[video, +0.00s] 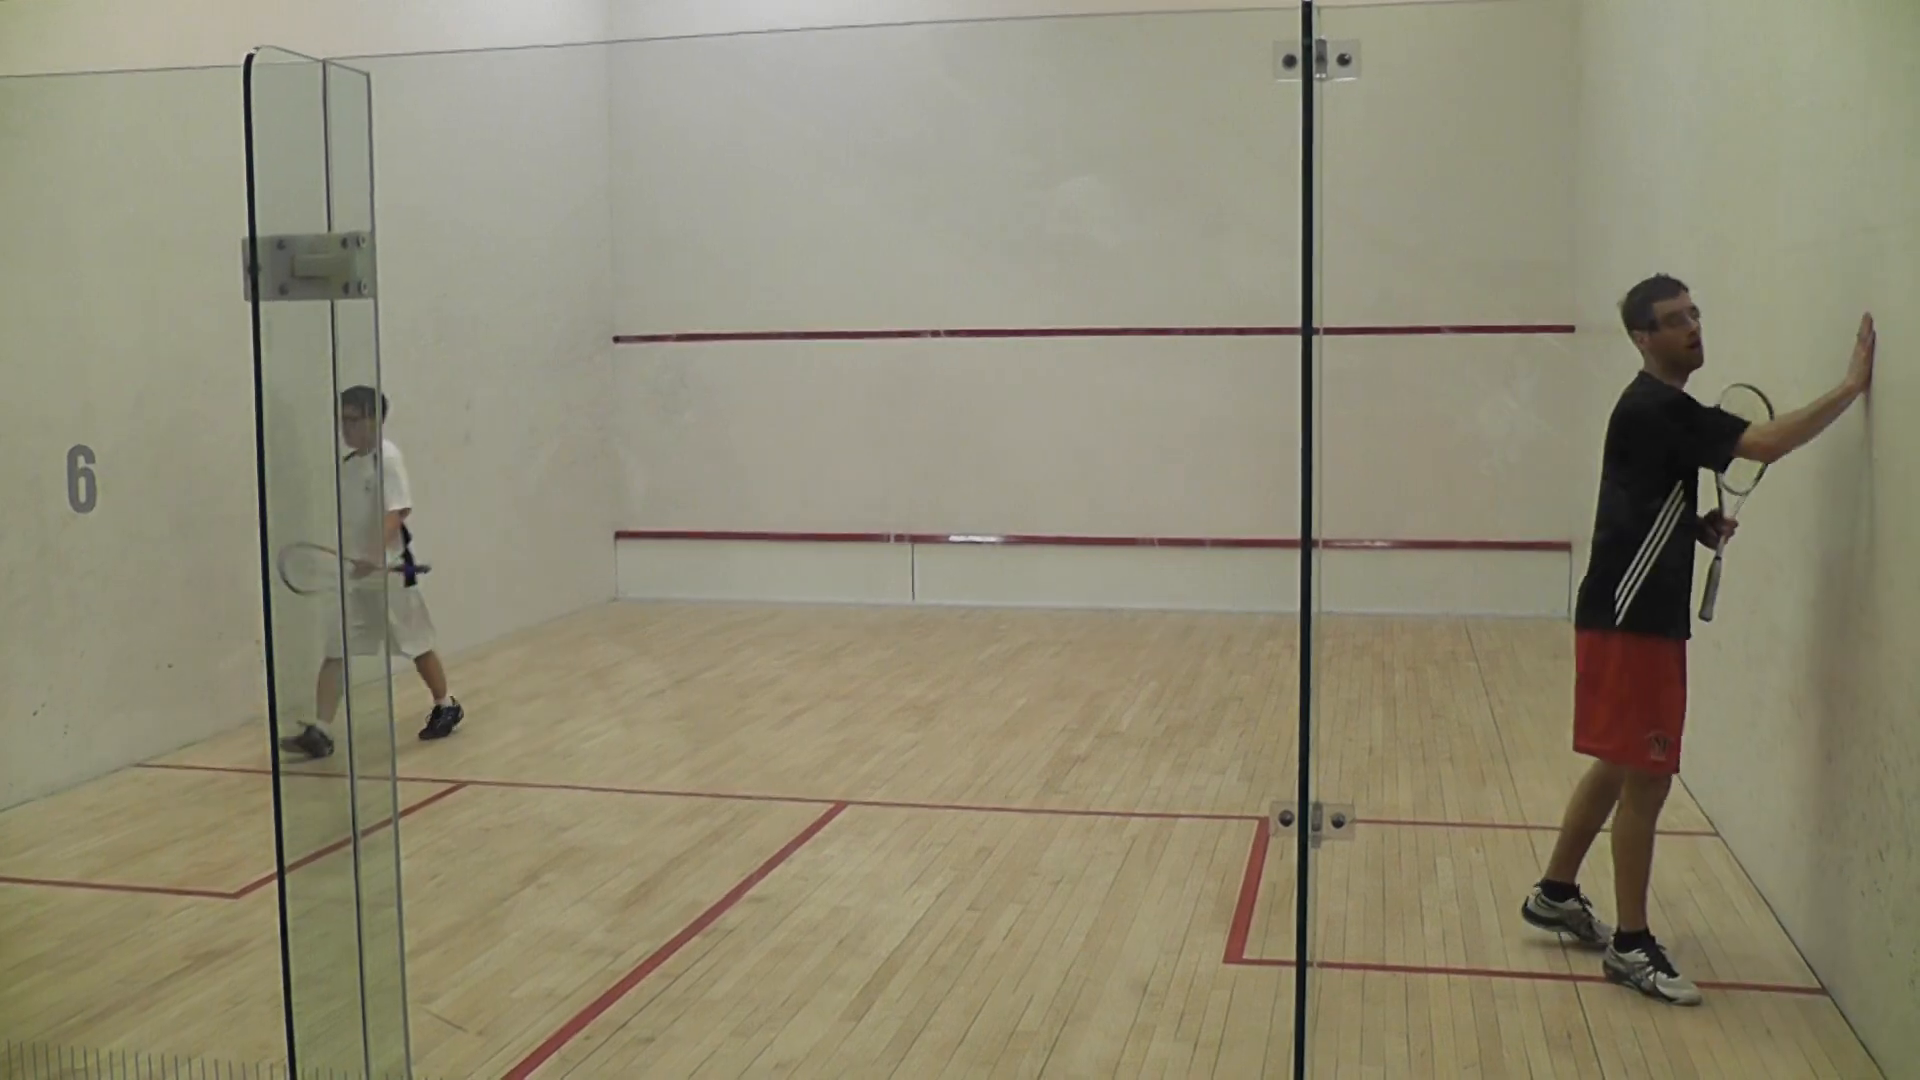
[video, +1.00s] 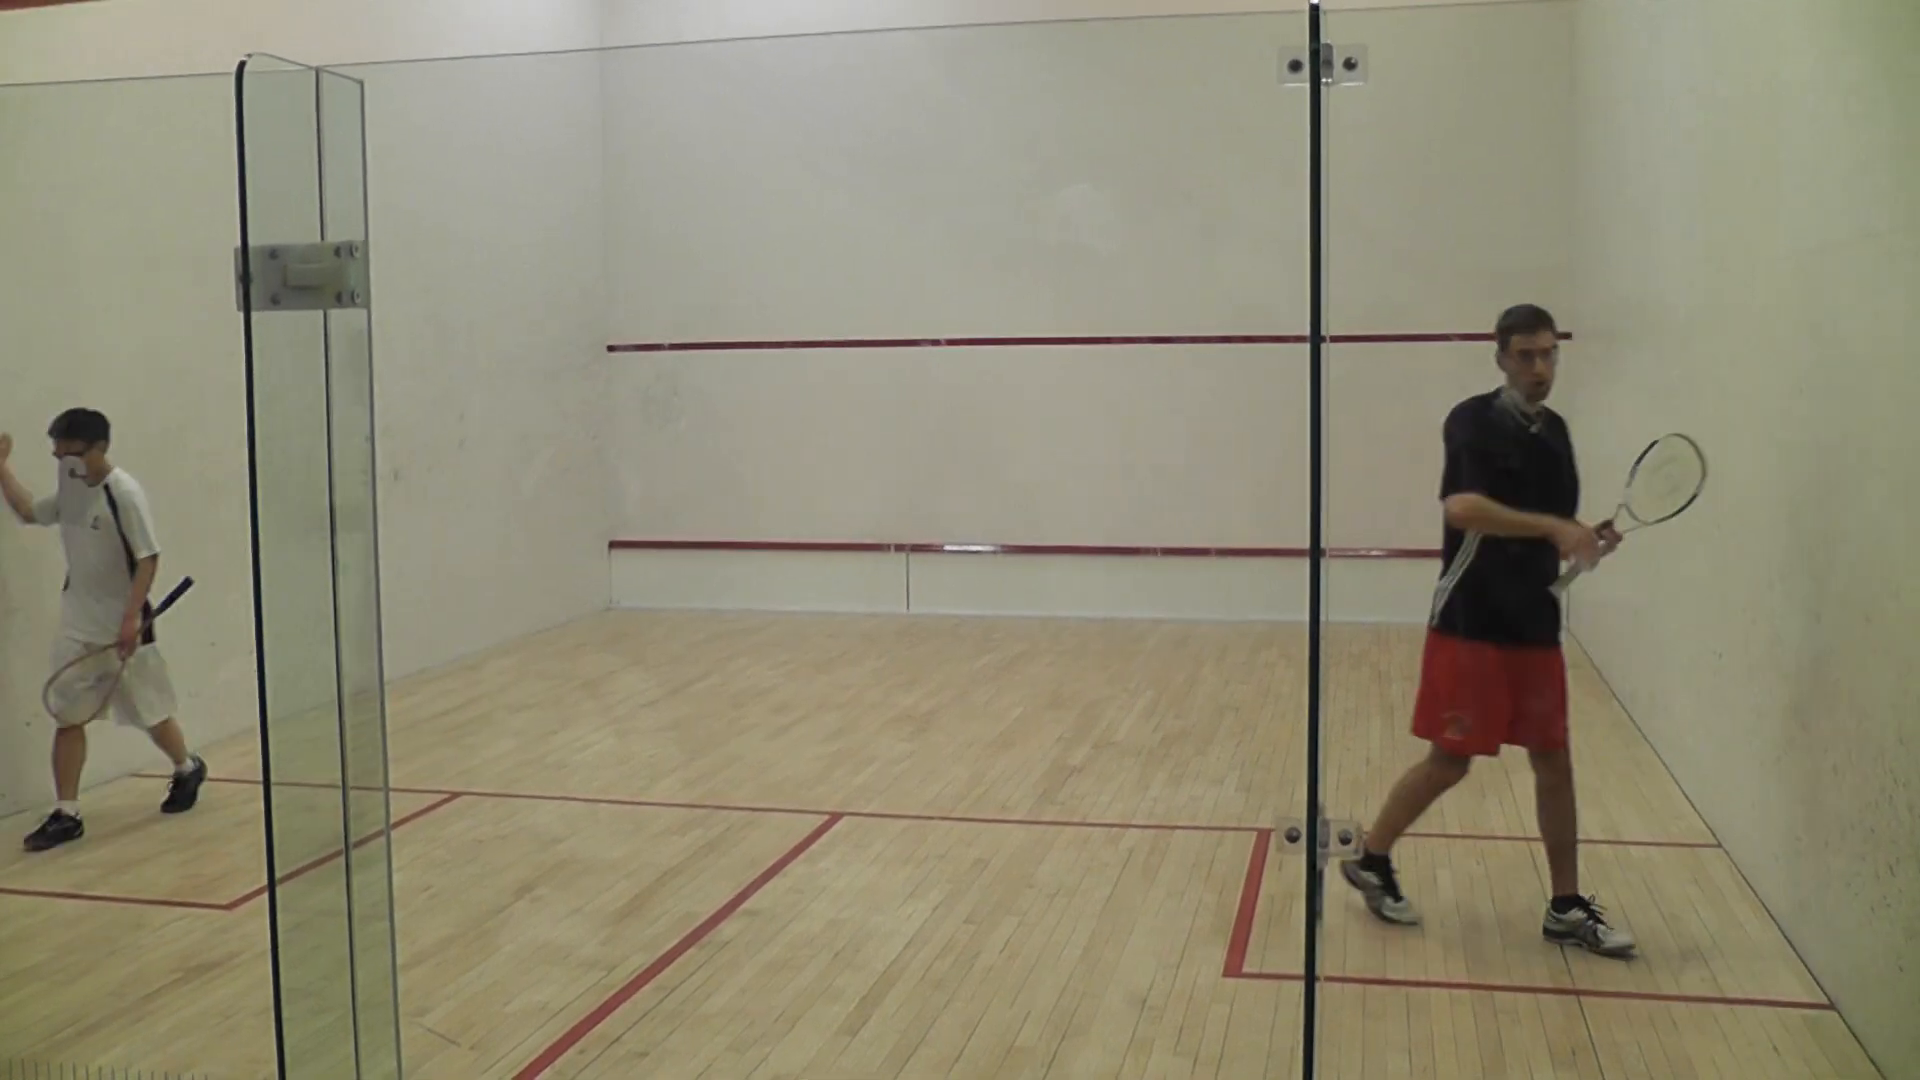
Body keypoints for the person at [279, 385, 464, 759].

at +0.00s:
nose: (346, 428)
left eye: (354, 420)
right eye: (343, 420)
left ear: (375, 421)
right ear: (340, 422)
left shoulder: (387, 458)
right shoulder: (346, 464)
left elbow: (397, 513)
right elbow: (350, 519)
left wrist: (374, 553)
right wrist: (347, 554)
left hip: (390, 571)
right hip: (355, 573)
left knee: (415, 640)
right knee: (336, 650)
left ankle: (445, 705)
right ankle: (320, 730)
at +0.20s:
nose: (285, 435)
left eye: (293, 427)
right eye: (282, 428)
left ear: (319, 425)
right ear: (281, 428)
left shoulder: (337, 465)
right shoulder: (283, 471)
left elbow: (351, 522)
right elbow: (278, 527)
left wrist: (321, 557)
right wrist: (275, 569)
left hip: (325, 583)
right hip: (287, 583)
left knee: (319, 660)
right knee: (295, 664)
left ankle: (370, 703)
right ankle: (314, 739)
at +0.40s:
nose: (234, 444)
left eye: (241, 436)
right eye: (231, 436)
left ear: (265, 433)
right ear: (230, 434)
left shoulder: (284, 471)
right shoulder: (232, 474)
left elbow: (311, 529)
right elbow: (206, 511)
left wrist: (298, 582)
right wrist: (159, 531)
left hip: (273, 590)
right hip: (246, 589)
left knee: (255, 675)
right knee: (276, 670)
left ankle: (235, 764)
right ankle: (310, 740)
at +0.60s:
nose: (179, 452)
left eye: (185, 444)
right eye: (176, 444)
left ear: (212, 439)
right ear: (181, 441)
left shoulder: (236, 483)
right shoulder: (181, 480)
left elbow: (256, 552)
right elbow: (139, 492)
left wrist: (254, 611)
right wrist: (92, 476)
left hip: (221, 603)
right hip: (187, 602)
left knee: (208, 686)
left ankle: (202, 774)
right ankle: (254, 721)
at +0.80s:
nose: (123, 453)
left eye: (129, 445)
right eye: (120, 445)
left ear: (156, 437)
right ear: (125, 442)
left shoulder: (180, 475)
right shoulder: (130, 477)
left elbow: (200, 541)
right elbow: (92, 481)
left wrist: (191, 600)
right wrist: (43, 447)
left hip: (178, 606)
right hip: (136, 604)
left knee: (190, 693)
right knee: (111, 686)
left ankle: (199, 775)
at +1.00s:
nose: (66, 465)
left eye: (72, 456)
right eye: (62, 457)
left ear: (100, 449)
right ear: (62, 455)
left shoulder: (123, 492)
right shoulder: (71, 487)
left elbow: (148, 558)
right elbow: (30, 511)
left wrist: (132, 617)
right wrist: (3, 468)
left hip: (124, 625)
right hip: (79, 624)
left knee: (150, 710)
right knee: (68, 717)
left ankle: (187, 769)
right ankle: (66, 813)